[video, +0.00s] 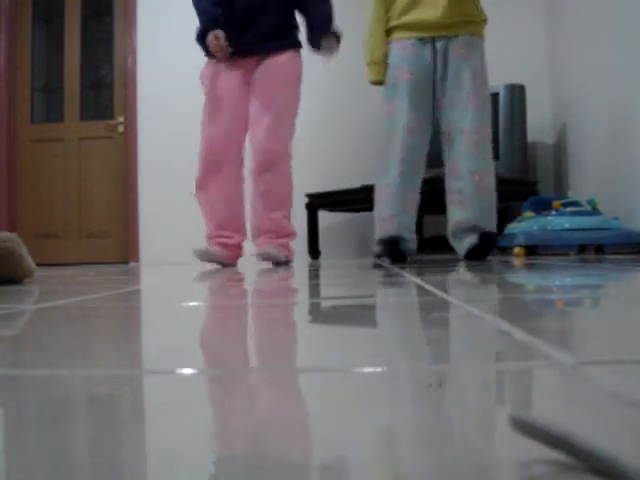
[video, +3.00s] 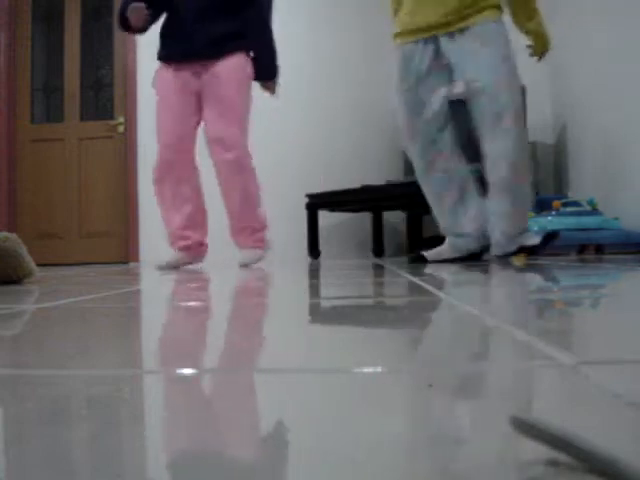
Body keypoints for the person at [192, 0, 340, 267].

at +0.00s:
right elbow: (203, 2)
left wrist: (321, 28)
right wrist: (211, 28)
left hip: (277, 52)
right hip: (224, 55)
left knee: (270, 149)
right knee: (218, 150)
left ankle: (274, 243)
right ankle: (224, 244)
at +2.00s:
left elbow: (310, 6)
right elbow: (200, 4)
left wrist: (313, 62)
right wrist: (215, 37)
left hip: (281, 55)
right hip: (225, 57)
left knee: (275, 158)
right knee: (223, 159)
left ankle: (277, 247)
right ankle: (222, 248)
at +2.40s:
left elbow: (315, 7)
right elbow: (199, 4)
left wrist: (324, 62)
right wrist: (198, 43)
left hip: (284, 60)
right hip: (229, 60)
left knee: (280, 158)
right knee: (232, 158)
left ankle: (282, 242)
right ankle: (222, 245)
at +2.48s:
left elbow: (309, 3)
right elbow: (186, 9)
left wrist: (322, 21)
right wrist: (165, 61)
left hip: (279, 67)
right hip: (227, 67)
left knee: (299, 154)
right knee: (241, 153)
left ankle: (294, 247)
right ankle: (211, 246)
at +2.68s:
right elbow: (170, 4)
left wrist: (293, 13)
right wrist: (140, 46)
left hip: (258, 60)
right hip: (206, 62)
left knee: (267, 153)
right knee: (209, 155)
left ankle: (282, 240)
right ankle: (208, 242)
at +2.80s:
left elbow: (281, 4)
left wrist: (282, 45)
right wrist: (134, 32)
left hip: (245, 59)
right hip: (192, 62)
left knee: (245, 158)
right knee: (185, 160)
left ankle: (275, 249)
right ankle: (199, 250)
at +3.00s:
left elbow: (258, 12)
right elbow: (147, 11)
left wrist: (266, 68)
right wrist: (132, 16)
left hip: (227, 58)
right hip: (175, 61)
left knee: (229, 149)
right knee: (172, 155)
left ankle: (251, 241)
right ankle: (188, 245)